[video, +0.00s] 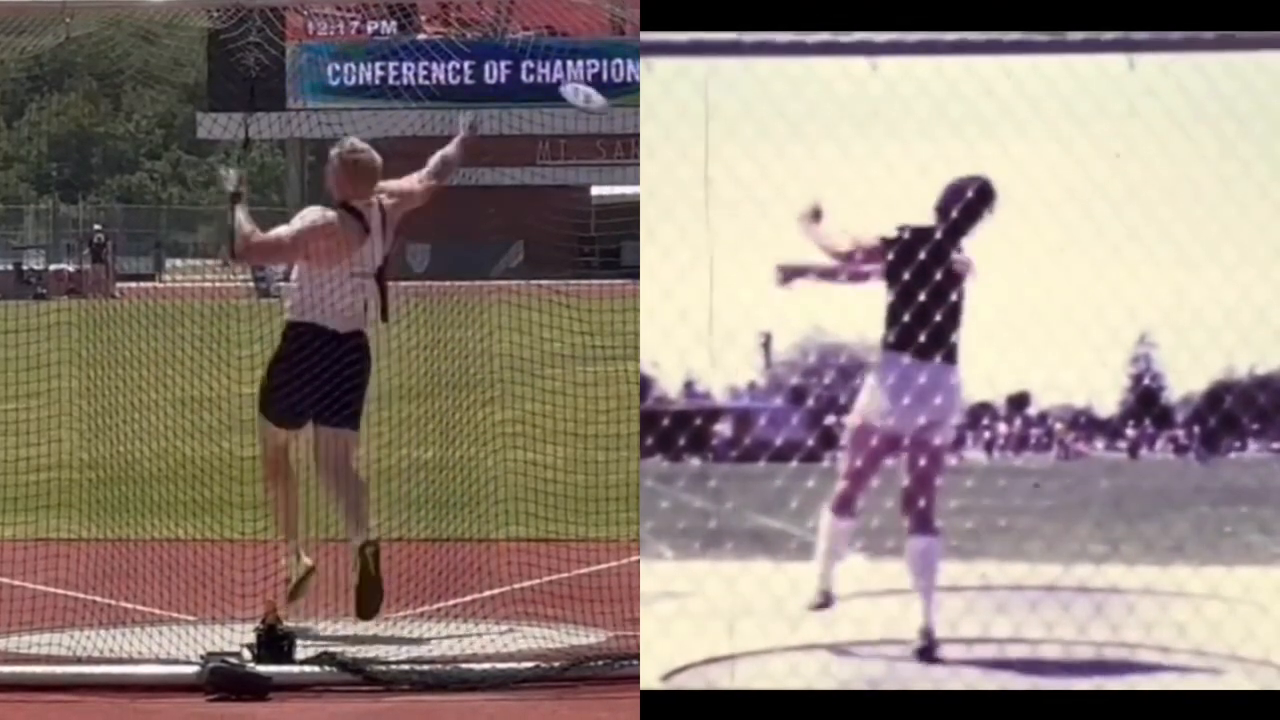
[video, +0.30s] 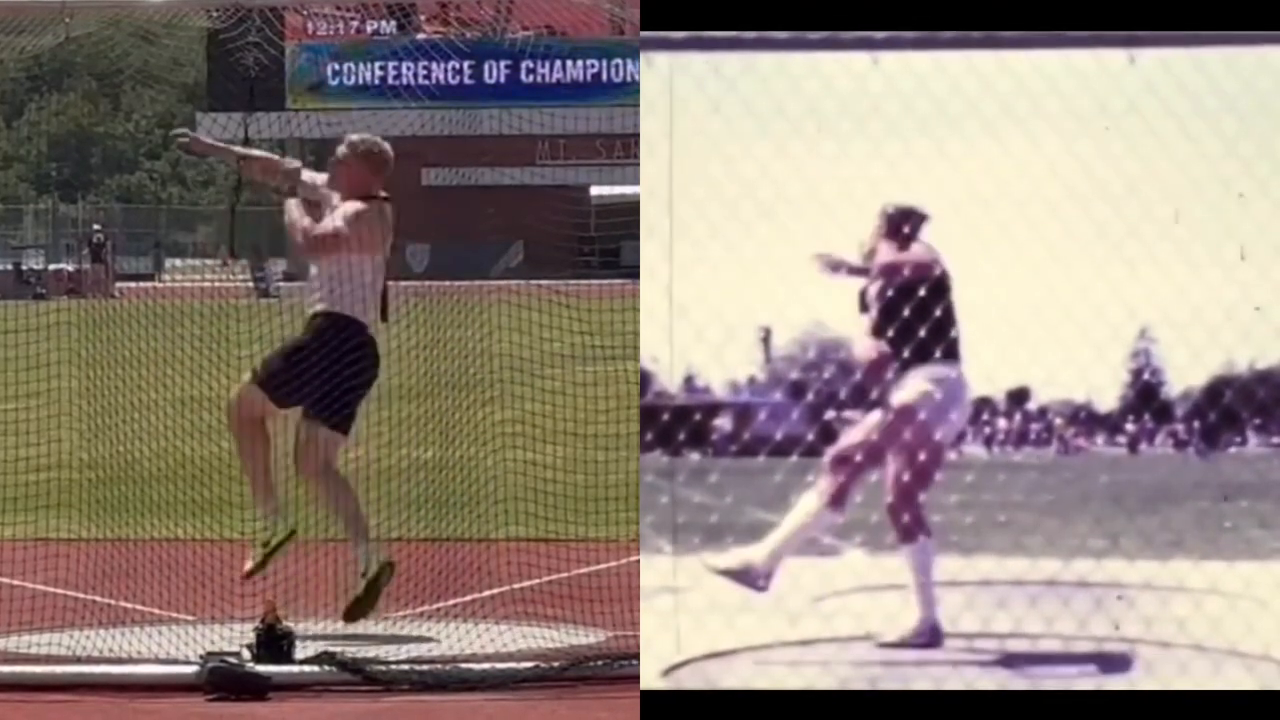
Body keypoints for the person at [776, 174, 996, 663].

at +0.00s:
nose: (978, 223)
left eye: (976, 211)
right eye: (980, 214)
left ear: (941, 201)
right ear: (975, 216)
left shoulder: (909, 243)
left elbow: (847, 252)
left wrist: (813, 226)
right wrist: (803, 271)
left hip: (894, 371)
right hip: (942, 376)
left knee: (851, 484)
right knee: (921, 501)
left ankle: (823, 583)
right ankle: (929, 622)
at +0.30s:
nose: (875, 245)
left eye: (879, 239)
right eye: (877, 239)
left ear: (893, 236)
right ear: (901, 235)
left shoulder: (926, 258)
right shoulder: (879, 287)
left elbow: (897, 265)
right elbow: (879, 351)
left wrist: (854, 269)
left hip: (936, 383)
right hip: (909, 389)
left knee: (842, 460)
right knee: (902, 501)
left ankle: (764, 559)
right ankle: (928, 621)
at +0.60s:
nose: (817, 277)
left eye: (819, 267)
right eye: (814, 270)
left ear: (839, 257)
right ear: (826, 266)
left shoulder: (898, 268)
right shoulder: (845, 319)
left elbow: (952, 270)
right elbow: (877, 379)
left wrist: (971, 281)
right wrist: (911, 374)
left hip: (949, 385)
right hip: (912, 401)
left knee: (894, 442)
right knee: (889, 511)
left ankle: (827, 514)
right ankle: (926, 619)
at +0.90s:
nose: (815, 261)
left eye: (816, 249)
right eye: (807, 255)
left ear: (836, 238)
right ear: (807, 258)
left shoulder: (894, 258)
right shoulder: (829, 302)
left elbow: (956, 257)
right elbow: (850, 356)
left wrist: (1002, 265)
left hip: (936, 366)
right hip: (893, 390)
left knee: (956, 412)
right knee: (879, 498)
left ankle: (987, 487)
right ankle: (922, 612)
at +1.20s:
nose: (823, 239)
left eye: (826, 227)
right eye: (817, 232)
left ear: (845, 216)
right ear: (818, 232)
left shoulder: (897, 236)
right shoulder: (823, 272)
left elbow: (963, 240)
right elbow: (818, 329)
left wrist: (1011, 239)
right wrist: (830, 375)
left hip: (939, 357)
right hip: (889, 379)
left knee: (1021, 397)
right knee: (868, 489)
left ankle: (1122, 459)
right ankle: (900, 599)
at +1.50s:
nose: (839, 228)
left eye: (843, 215)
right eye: (829, 221)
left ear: (858, 206)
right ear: (821, 222)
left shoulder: (900, 236)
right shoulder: (821, 271)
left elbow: (965, 244)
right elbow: (808, 337)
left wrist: (1016, 232)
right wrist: (816, 390)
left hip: (944, 358)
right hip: (890, 383)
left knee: (1048, 398)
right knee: (878, 489)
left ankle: (1129, 437)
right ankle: (884, 619)